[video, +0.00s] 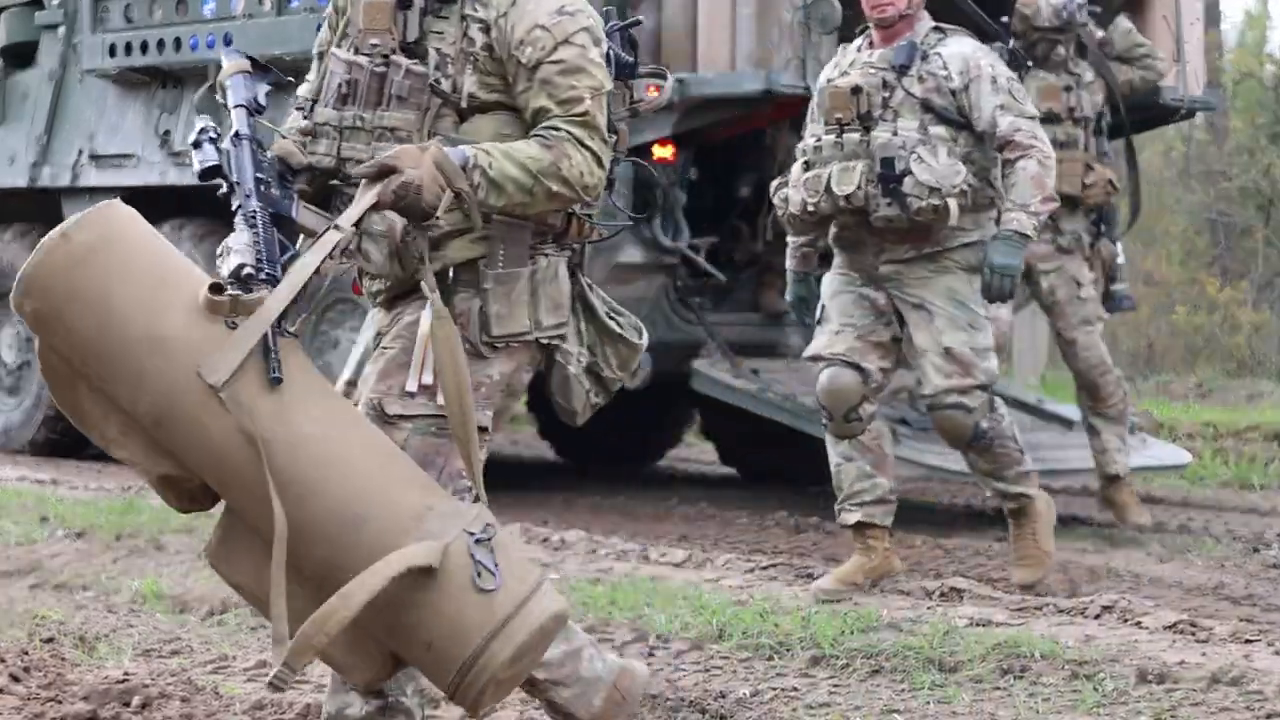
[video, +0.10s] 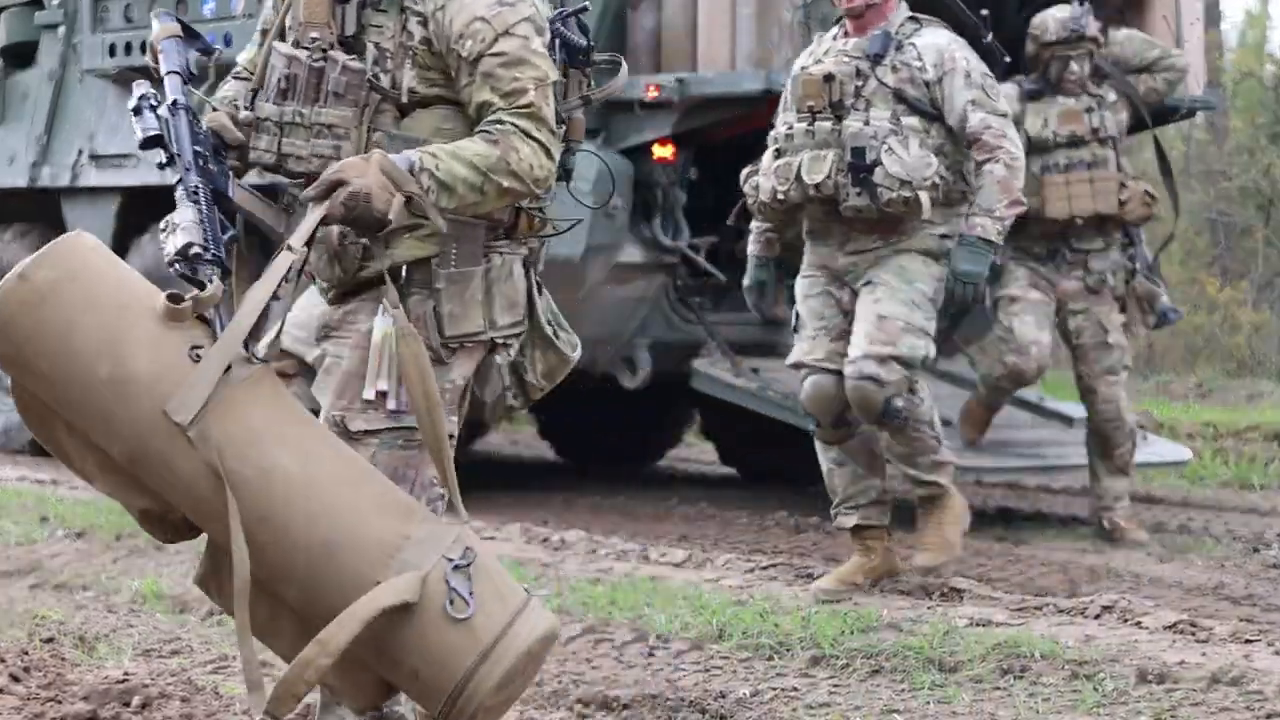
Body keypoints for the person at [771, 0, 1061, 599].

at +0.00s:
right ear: (858, 2)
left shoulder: (961, 57)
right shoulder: (838, 69)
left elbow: (1028, 146)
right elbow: (810, 176)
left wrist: (1014, 235)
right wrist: (802, 269)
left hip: (942, 260)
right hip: (857, 262)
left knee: (957, 408)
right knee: (841, 389)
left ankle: (1027, 506)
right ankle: (872, 546)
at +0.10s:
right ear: (832, 2)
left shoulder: (938, 51)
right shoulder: (813, 60)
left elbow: (999, 147)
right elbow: (781, 163)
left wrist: (980, 243)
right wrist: (762, 253)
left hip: (910, 248)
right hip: (826, 253)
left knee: (875, 380)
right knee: (822, 393)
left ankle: (938, 500)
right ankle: (870, 546)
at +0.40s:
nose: (737, 6)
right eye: (735, 1)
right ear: (746, 9)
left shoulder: (839, 64)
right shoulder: (734, 64)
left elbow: (910, 165)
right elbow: (694, 154)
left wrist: (871, 260)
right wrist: (654, 229)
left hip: (799, 276)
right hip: (730, 276)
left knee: (752, 424)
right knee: (767, 422)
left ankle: (737, 597)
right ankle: (871, 544)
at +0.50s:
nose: (698, 10)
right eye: (692, 2)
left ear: (747, 1)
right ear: (693, 9)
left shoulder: (796, 73)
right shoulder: (694, 72)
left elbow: (860, 177)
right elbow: (670, 177)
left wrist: (823, 273)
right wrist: (630, 251)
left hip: (760, 282)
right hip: (693, 281)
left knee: (719, 431)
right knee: (694, 435)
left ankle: (728, 606)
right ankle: (831, 516)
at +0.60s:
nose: (642, 5)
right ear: (653, 8)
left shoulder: (754, 66)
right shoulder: (655, 64)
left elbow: (796, 180)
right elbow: (640, 170)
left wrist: (764, 277)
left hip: (723, 278)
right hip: (652, 275)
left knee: (712, 437)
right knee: (611, 411)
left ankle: (730, 604)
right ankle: (724, 505)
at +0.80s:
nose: (549, 10)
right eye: (545, 3)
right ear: (561, 12)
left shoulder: (658, 60)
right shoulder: (566, 71)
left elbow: (701, 164)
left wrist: (644, 243)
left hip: (659, 289)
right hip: (571, 291)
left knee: (680, 445)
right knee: (515, 436)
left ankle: (729, 607)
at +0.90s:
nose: (490, 20)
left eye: (501, 8)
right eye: (488, 10)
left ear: (544, 9)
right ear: (517, 17)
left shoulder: (601, 77)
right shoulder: (506, 87)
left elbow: (648, 175)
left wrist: (589, 256)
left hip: (603, 309)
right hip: (515, 311)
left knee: (640, 463)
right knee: (469, 465)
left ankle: (724, 603)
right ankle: (464, 642)